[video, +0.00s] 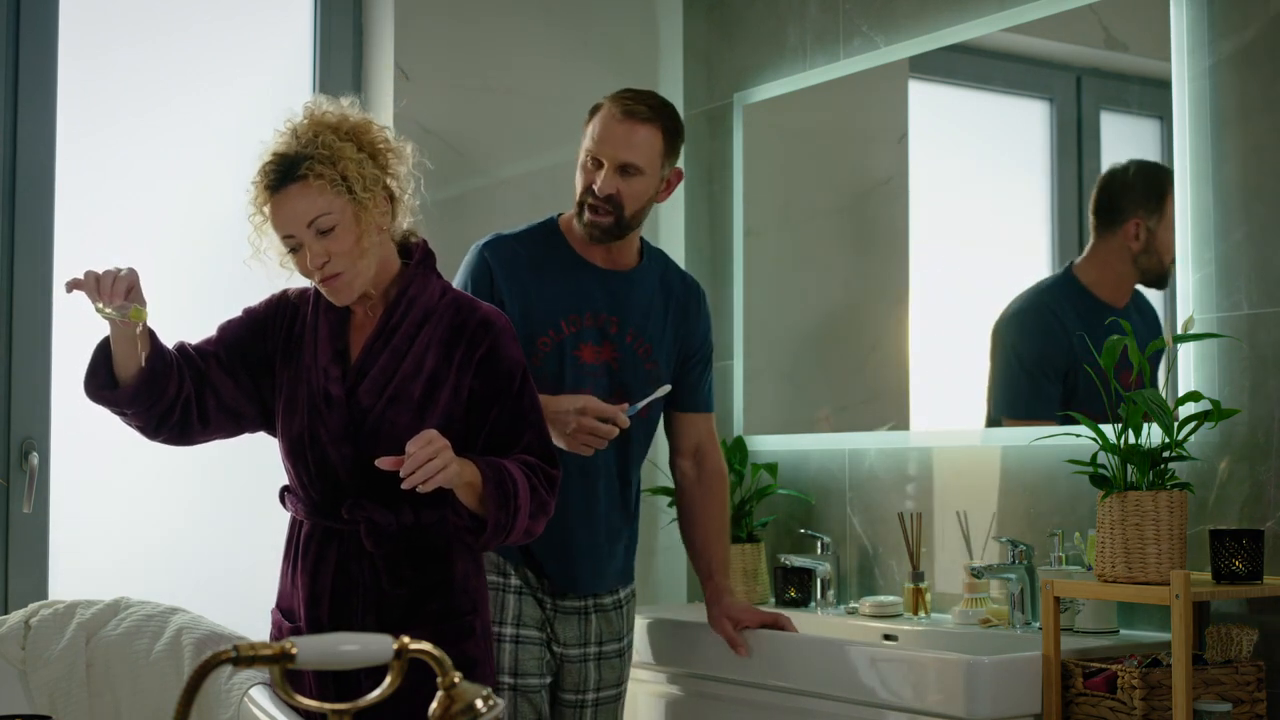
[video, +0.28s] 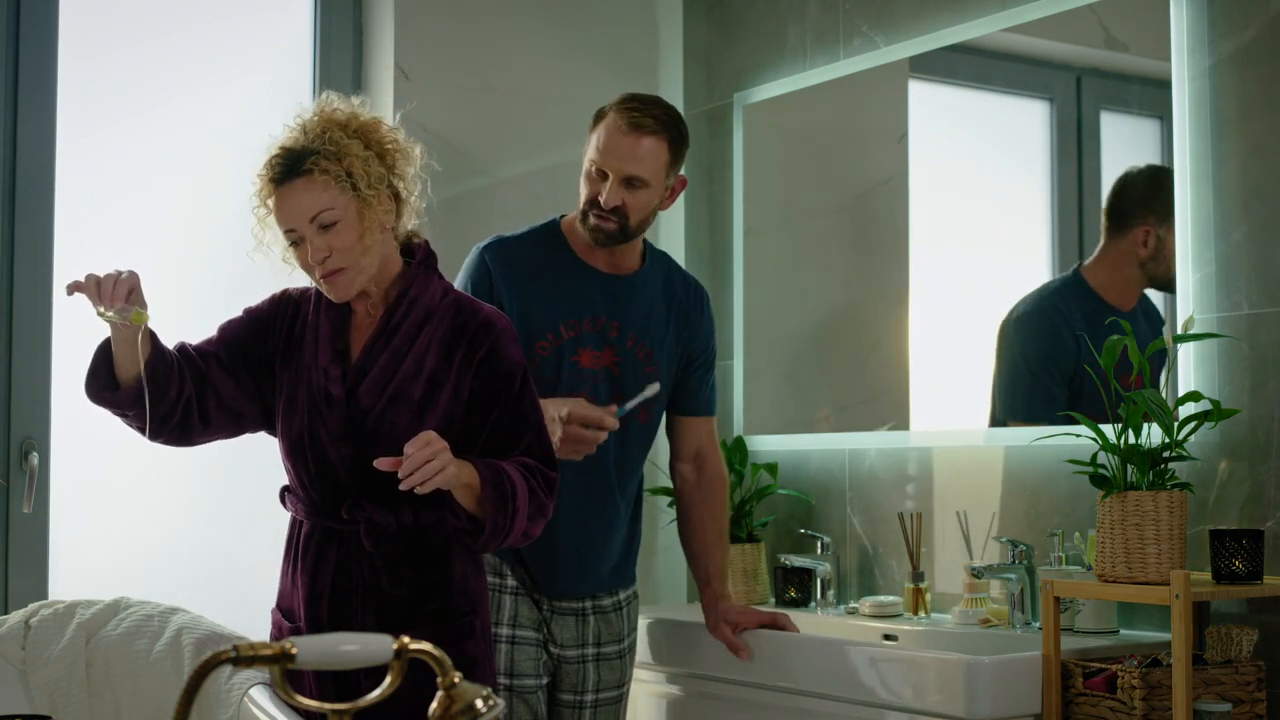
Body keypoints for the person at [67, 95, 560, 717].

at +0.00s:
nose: (312, 259)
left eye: (326, 230)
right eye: (294, 244)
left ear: (380, 208)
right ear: (281, 247)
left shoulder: (475, 333)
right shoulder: (289, 328)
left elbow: (533, 492)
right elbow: (170, 403)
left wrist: (464, 474)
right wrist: (127, 322)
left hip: (435, 618)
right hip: (312, 616)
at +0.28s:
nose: (313, 254)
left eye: (327, 225)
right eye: (295, 239)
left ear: (384, 207)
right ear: (285, 242)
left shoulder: (476, 335)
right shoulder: (290, 327)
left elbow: (532, 496)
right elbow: (174, 404)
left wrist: (462, 476)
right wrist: (128, 325)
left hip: (436, 620)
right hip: (311, 619)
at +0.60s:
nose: (317, 247)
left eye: (332, 219)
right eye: (300, 232)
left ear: (390, 204)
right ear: (291, 237)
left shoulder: (477, 335)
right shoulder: (292, 327)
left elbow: (533, 495)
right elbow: (177, 407)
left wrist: (463, 478)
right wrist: (129, 328)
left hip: (437, 619)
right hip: (313, 618)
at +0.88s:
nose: (317, 227)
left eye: (342, 204)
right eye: (311, 207)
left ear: (402, 212)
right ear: (303, 213)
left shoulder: (477, 333)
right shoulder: (293, 330)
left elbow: (530, 489)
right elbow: (190, 422)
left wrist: (461, 477)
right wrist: (127, 339)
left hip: (438, 615)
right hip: (316, 612)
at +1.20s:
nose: (360, 218)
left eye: (385, 199)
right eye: (343, 197)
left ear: (422, 214)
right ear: (321, 208)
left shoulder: (477, 331)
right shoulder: (289, 343)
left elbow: (529, 485)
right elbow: (222, 473)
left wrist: (466, 460)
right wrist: (148, 381)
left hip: (445, 617)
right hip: (319, 617)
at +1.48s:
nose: (422, 220)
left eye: (433, 200)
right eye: (398, 198)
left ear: (443, 207)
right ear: (341, 208)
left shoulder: (481, 329)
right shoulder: (283, 342)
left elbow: (539, 488)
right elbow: (237, 489)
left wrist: (504, 459)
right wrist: (167, 401)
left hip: (469, 609)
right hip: (341, 609)